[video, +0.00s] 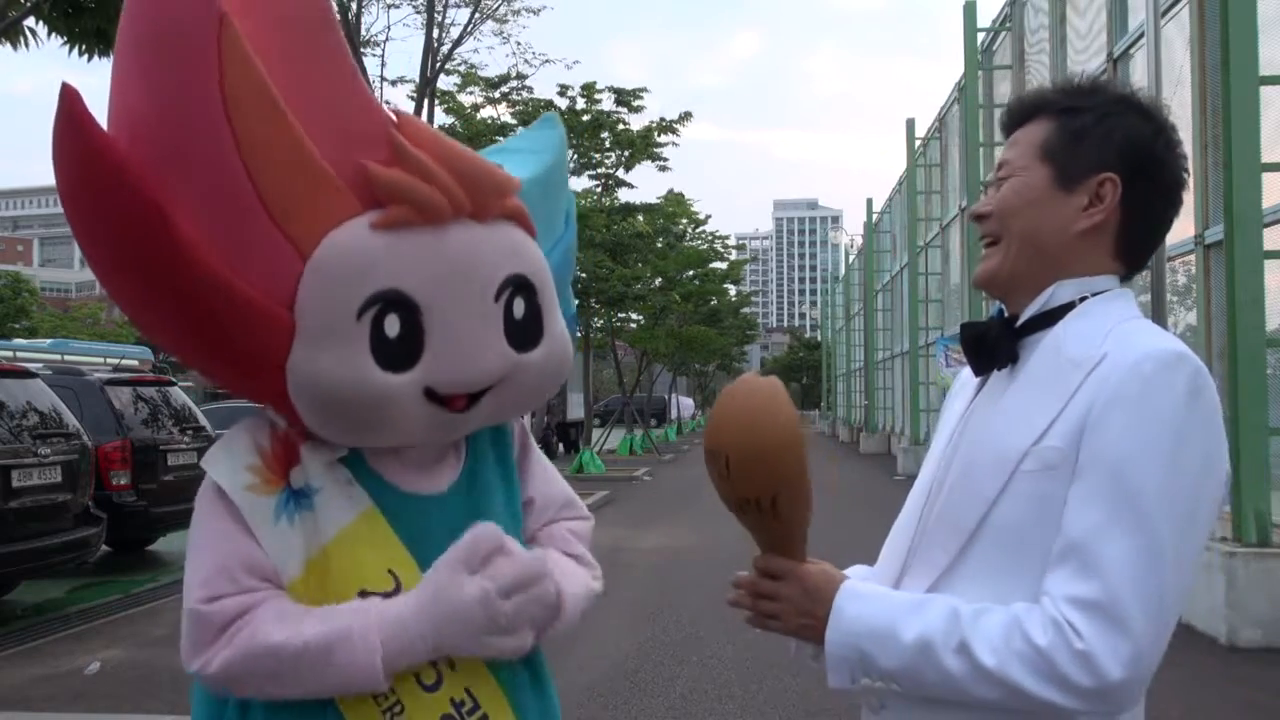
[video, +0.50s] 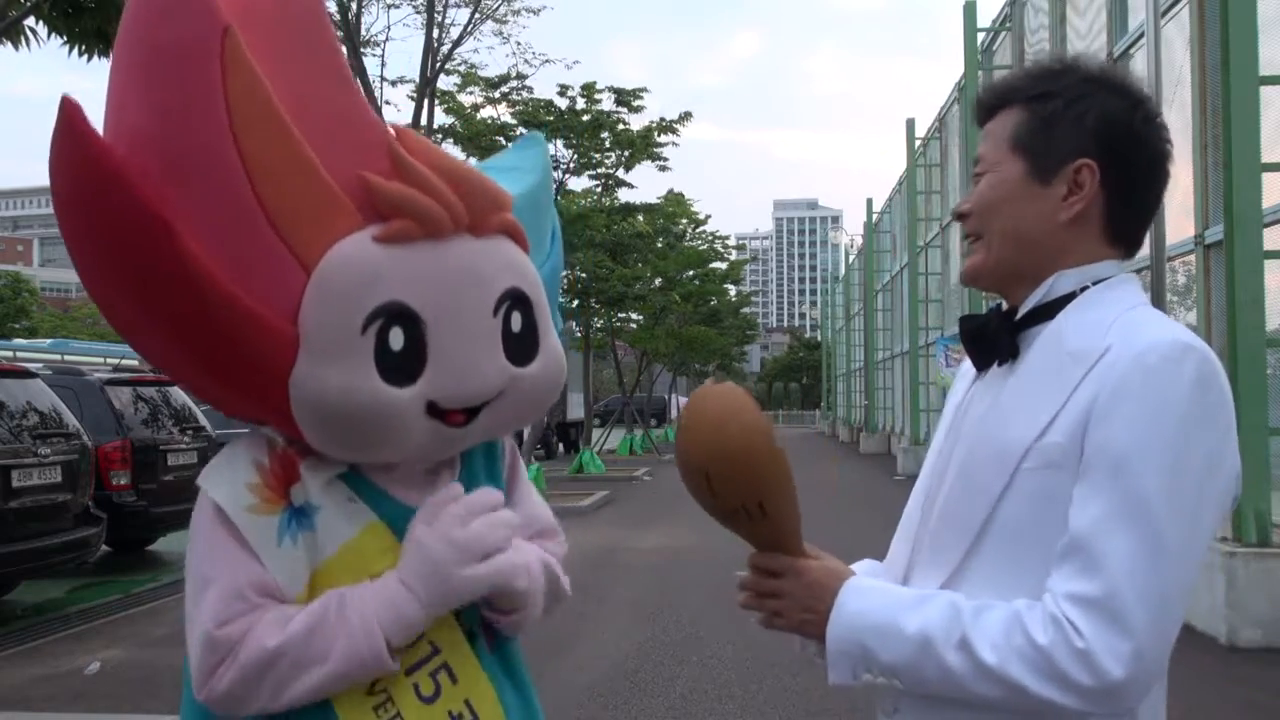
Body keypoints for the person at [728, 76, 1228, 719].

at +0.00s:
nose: (977, 208)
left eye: (1004, 178)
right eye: (990, 184)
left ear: (1095, 201)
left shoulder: (1150, 373)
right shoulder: (983, 372)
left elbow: (1093, 658)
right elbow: (935, 576)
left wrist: (846, 619)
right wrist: (828, 597)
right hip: (901, 702)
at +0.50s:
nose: (960, 206)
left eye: (983, 173)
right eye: (971, 179)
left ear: (1074, 189)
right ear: (1073, 192)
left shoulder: (1157, 364)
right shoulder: (991, 362)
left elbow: (1099, 656)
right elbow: (951, 569)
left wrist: (851, 615)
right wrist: (839, 588)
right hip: (916, 703)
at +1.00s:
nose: (914, 222)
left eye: (929, 186)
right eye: (920, 190)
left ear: (1019, 195)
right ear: (1019, 198)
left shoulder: (1136, 376)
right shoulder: (985, 364)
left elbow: (1151, 686)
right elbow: (959, 580)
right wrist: (855, 622)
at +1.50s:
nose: (833, 251)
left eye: (845, 218)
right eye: (837, 222)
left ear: (928, 223)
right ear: (927, 226)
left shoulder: (1055, 374)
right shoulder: (911, 389)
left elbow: (1151, 673)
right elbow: (910, 598)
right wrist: (815, 659)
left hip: (1031, 711)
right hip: (927, 709)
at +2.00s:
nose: (935, 222)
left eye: (954, 186)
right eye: (943, 190)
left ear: (1042, 198)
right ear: (1035, 200)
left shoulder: (1142, 356)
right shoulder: (1011, 356)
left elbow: (1139, 668)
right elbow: (964, 551)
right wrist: (823, 574)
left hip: (1020, 705)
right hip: (931, 701)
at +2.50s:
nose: (986, 219)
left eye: (1002, 184)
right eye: (992, 187)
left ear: (1102, 198)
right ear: (1099, 200)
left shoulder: (1153, 385)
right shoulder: (1074, 337)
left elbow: (1145, 699)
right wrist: (1118, 71)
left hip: (989, 703)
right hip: (917, 691)